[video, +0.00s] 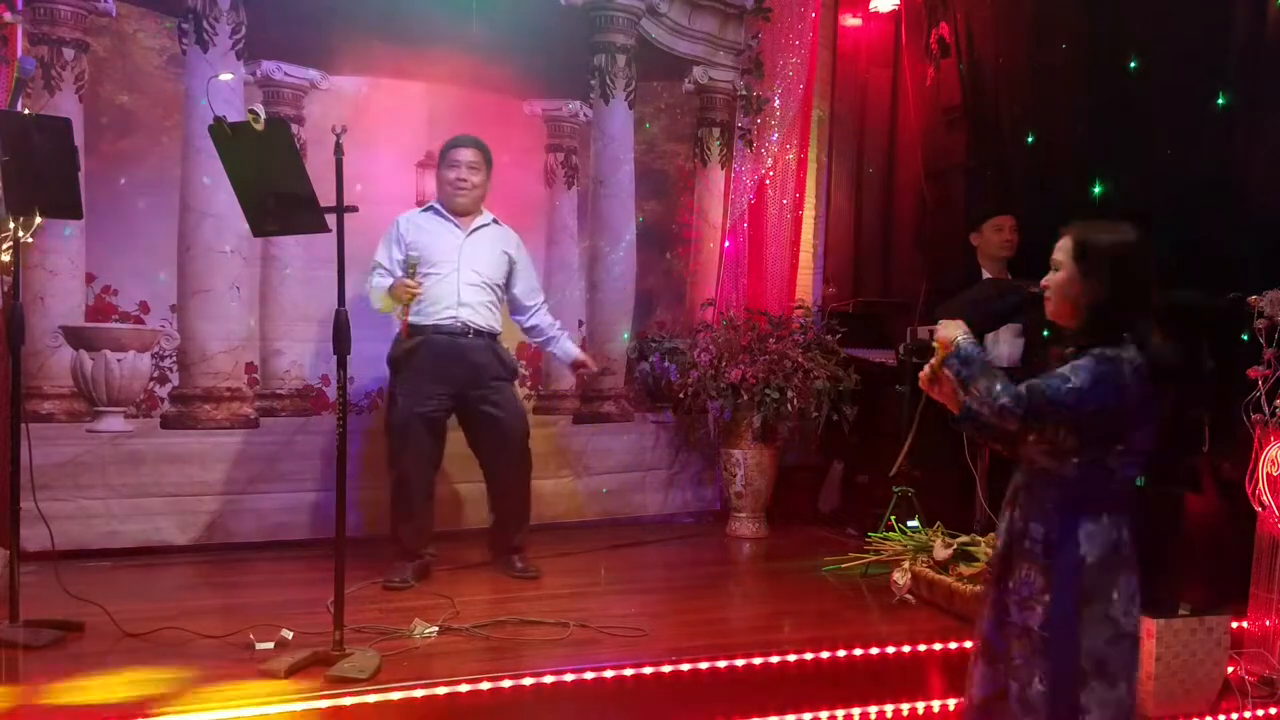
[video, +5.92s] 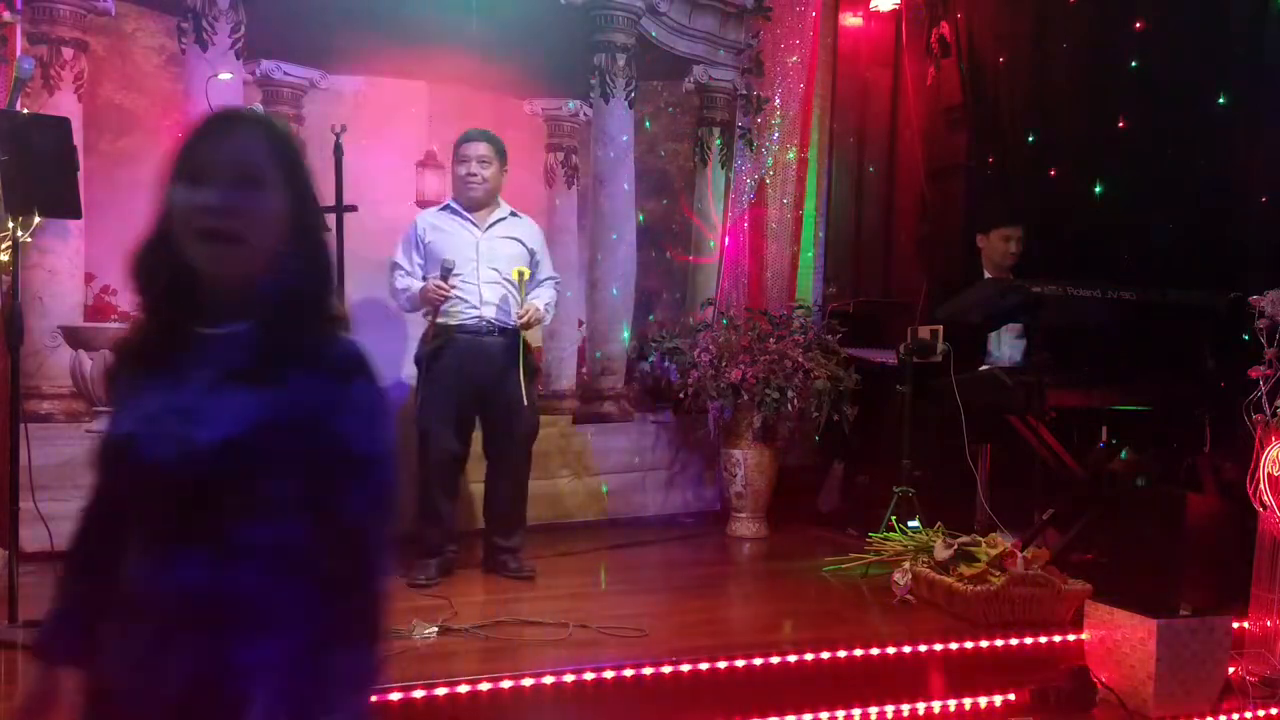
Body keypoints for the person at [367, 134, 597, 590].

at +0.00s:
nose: (462, 175)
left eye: (473, 168)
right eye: (453, 166)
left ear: (488, 179)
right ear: (438, 175)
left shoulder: (505, 239)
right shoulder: (410, 225)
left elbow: (532, 310)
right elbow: (378, 285)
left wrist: (571, 353)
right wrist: (393, 290)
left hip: (485, 353)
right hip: (424, 350)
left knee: (511, 442)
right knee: (411, 451)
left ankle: (509, 549)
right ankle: (412, 556)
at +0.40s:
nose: (452, 171)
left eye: (463, 164)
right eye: (443, 164)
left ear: (481, 175)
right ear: (431, 173)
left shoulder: (505, 234)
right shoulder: (406, 225)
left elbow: (538, 292)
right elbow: (373, 289)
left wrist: (589, 294)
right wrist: (383, 285)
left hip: (484, 351)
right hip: (423, 350)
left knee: (498, 457)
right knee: (416, 459)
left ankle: (509, 552)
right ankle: (412, 557)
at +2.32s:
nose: (511, 187)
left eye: (516, 181)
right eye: (503, 176)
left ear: (517, 186)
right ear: (470, 172)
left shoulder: (520, 239)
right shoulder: (426, 219)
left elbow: (538, 301)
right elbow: (394, 284)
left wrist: (569, 325)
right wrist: (410, 289)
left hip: (507, 353)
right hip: (448, 351)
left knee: (514, 459)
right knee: (435, 457)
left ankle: (512, 551)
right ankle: (420, 557)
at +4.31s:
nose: (526, 168)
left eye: (537, 161)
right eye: (517, 159)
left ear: (554, 172)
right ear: (503, 168)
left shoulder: (574, 230)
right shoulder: (476, 223)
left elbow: (593, 301)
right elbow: (451, 295)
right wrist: (452, 286)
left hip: (545, 355)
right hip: (484, 354)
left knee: (548, 465)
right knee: (468, 461)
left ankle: (547, 561)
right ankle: (462, 558)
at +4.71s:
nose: (512, 172)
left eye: (522, 165)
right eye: (502, 162)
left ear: (532, 175)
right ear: (480, 170)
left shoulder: (553, 234)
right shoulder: (448, 227)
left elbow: (575, 297)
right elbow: (420, 298)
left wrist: (560, 309)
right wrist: (431, 293)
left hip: (527, 354)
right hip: (464, 354)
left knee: (537, 459)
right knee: (450, 460)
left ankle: (542, 555)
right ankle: (445, 555)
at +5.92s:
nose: (472, 170)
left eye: (483, 162)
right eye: (463, 162)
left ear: (502, 172)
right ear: (453, 170)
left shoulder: (526, 229)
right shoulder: (427, 225)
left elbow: (546, 283)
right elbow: (401, 287)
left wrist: (538, 305)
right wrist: (421, 293)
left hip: (508, 350)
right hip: (449, 350)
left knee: (513, 452)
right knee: (440, 451)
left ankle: (504, 548)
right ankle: (436, 550)